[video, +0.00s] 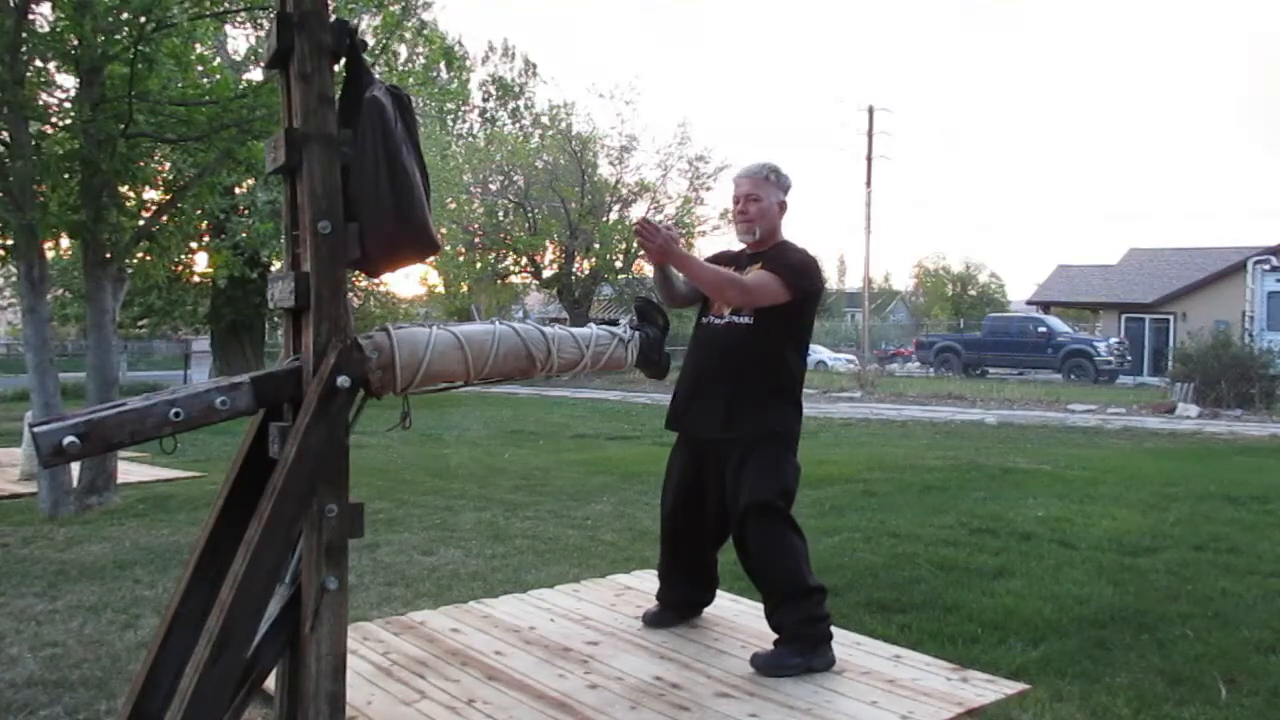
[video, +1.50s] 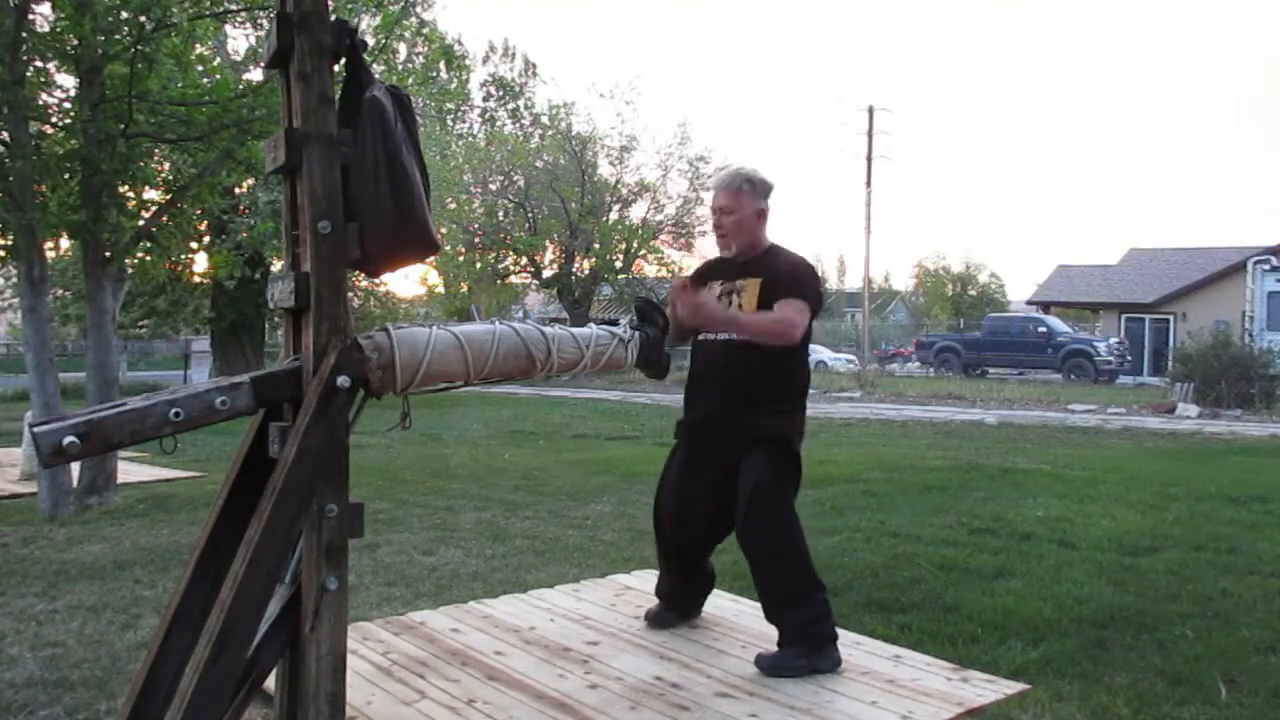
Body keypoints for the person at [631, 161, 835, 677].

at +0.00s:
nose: (744, 209)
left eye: (754, 200)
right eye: (738, 201)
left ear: (781, 204)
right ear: (732, 209)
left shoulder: (797, 266)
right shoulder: (720, 263)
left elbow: (740, 292)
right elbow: (674, 295)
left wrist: (678, 257)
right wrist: (660, 261)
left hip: (762, 425)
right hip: (702, 419)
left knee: (762, 524)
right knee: (684, 513)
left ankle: (807, 640)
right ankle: (682, 599)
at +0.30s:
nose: (719, 225)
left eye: (728, 214)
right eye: (712, 216)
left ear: (758, 209)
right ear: (708, 215)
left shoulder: (789, 267)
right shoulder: (710, 271)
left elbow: (767, 324)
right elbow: (672, 312)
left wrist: (708, 286)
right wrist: (645, 302)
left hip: (766, 428)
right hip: (706, 422)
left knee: (763, 522)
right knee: (682, 511)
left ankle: (807, 640)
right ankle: (682, 599)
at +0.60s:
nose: (671, 256)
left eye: (676, 245)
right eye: (666, 247)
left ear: (707, 229)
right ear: (668, 238)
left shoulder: (759, 270)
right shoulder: (685, 280)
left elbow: (797, 342)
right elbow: (693, 344)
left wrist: (773, 406)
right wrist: (691, 394)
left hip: (769, 420)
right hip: (716, 421)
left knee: (784, 523)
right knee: (691, 510)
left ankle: (810, 640)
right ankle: (681, 599)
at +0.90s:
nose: (682, 260)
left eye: (686, 249)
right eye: (677, 251)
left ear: (717, 232)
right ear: (700, 236)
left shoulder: (768, 265)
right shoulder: (697, 280)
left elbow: (812, 334)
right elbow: (700, 343)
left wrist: (782, 402)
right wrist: (697, 395)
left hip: (778, 421)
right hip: (724, 420)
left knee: (784, 526)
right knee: (695, 508)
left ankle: (814, 644)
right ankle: (682, 599)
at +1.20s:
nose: (689, 249)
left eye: (695, 238)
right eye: (684, 239)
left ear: (729, 228)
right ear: (686, 233)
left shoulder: (777, 274)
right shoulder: (693, 283)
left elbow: (809, 350)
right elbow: (688, 344)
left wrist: (799, 428)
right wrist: (681, 395)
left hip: (771, 434)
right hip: (713, 432)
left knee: (776, 533)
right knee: (683, 511)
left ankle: (812, 644)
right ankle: (681, 599)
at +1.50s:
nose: (717, 222)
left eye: (728, 212)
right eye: (714, 212)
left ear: (761, 213)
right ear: (713, 213)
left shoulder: (793, 271)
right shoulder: (708, 275)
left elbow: (789, 327)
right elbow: (678, 330)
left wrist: (715, 317)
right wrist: (679, 312)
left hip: (767, 433)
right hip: (705, 428)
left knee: (763, 519)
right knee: (676, 512)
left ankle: (813, 643)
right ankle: (682, 595)